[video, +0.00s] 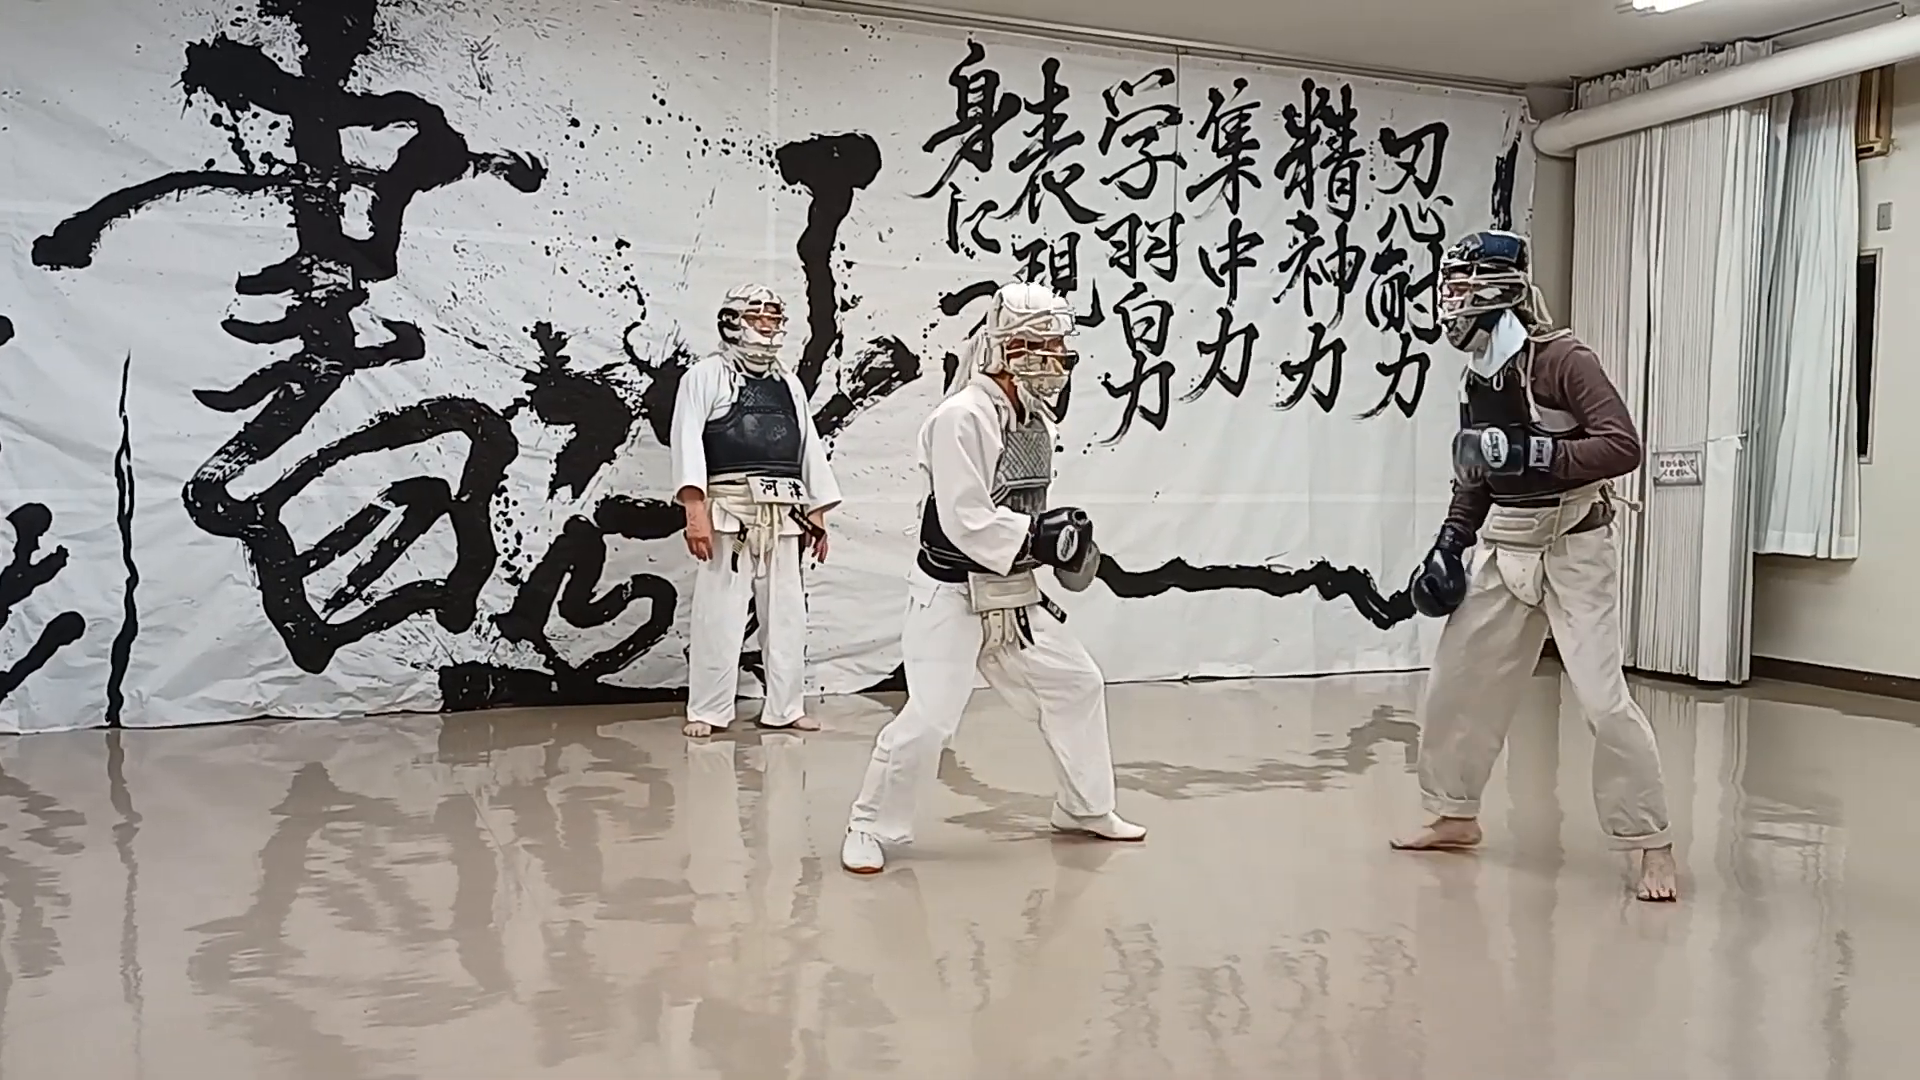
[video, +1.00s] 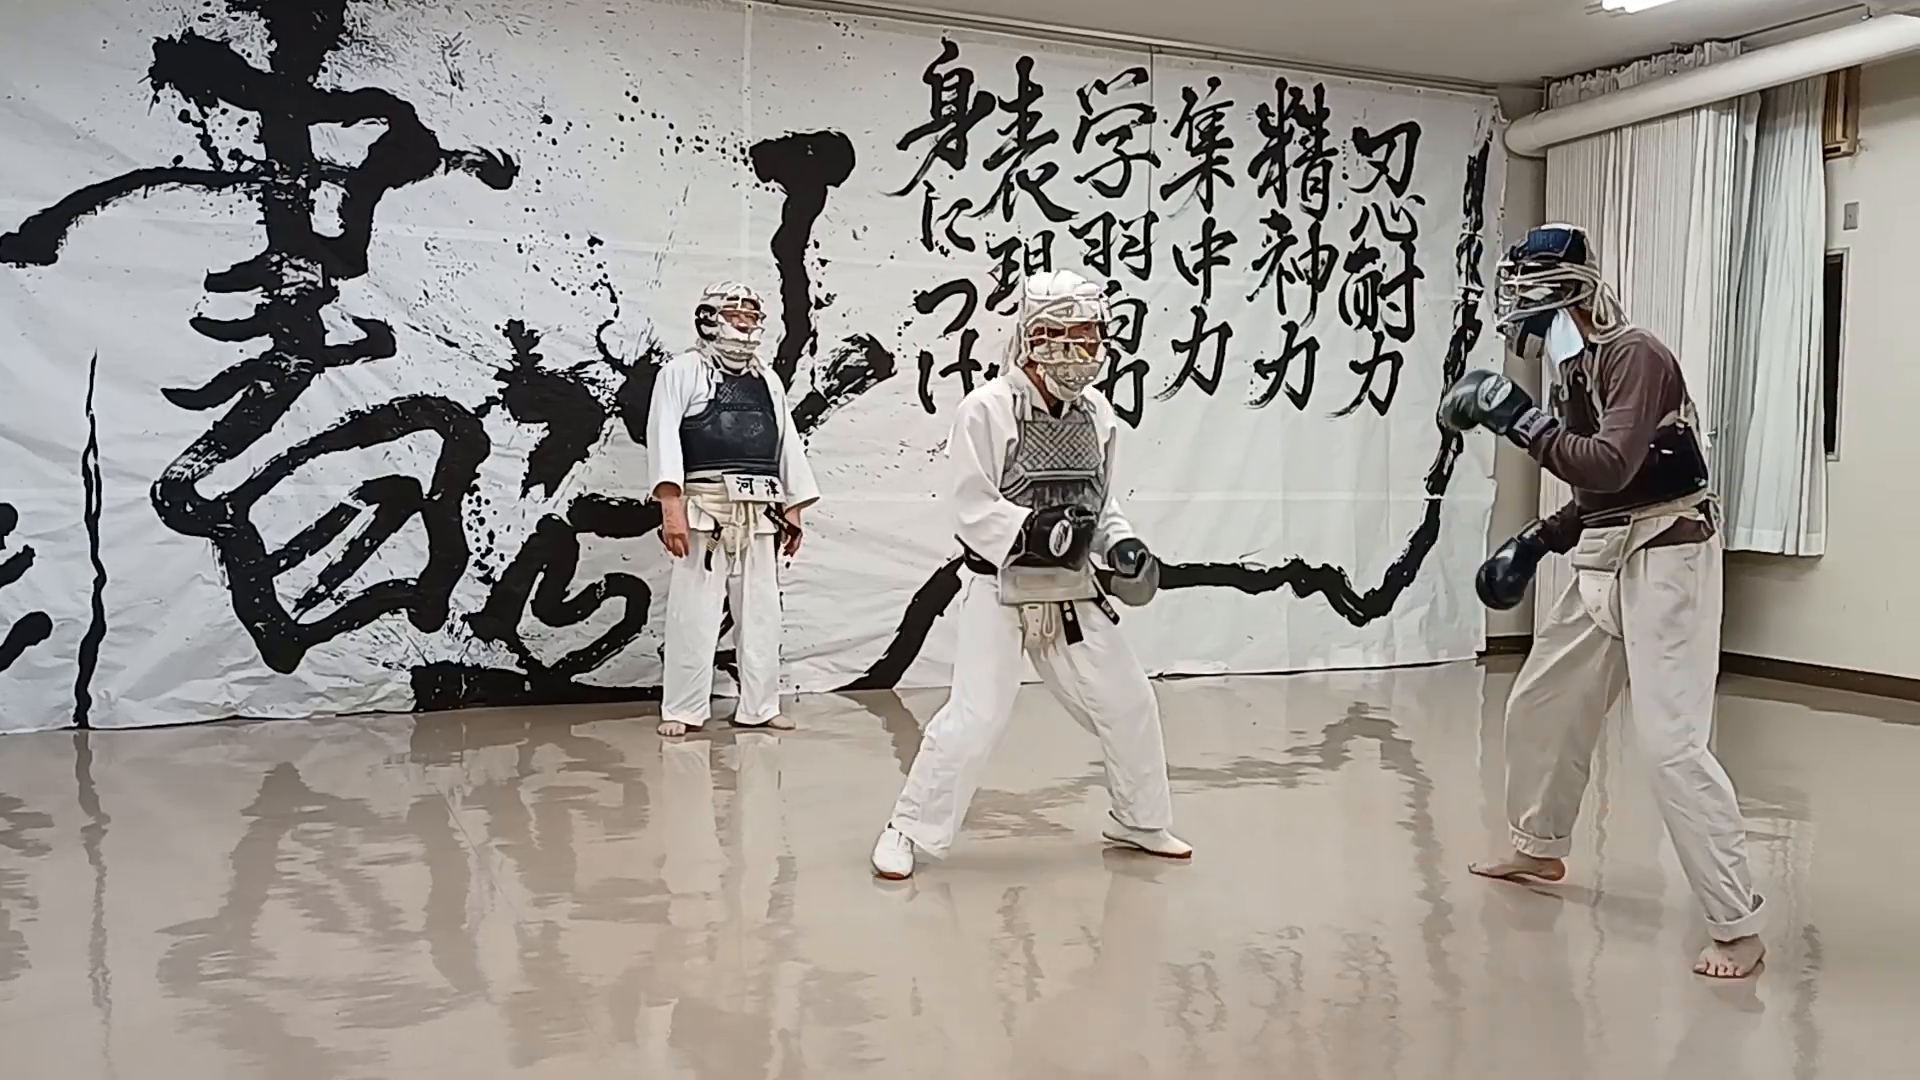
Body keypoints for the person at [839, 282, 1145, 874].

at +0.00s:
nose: (1054, 358)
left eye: (1059, 347)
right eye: (1040, 346)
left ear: (1063, 352)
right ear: (1007, 351)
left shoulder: (1036, 419)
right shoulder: (962, 417)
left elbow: (1022, 502)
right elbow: (964, 519)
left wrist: (1053, 534)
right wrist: (1037, 539)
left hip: (1009, 585)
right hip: (948, 592)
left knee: (1077, 681)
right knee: (930, 719)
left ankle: (1083, 810)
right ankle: (868, 828)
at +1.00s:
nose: (1072, 350)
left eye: (1084, 337)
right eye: (1056, 337)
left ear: (1098, 344)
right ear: (1029, 342)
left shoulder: (1098, 414)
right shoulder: (989, 408)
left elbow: (1102, 507)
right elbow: (970, 507)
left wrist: (1120, 548)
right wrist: (1036, 535)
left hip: (1073, 589)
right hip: (998, 592)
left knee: (1131, 705)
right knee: (974, 719)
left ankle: (1140, 823)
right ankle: (905, 833)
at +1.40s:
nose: (1106, 353)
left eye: (1115, 340)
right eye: (1089, 340)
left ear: (1126, 345)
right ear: (1057, 346)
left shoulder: (1121, 417)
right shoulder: (1021, 415)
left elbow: (1125, 496)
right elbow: (1021, 512)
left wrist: (1154, 521)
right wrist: (1102, 517)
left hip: (1097, 596)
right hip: (1023, 596)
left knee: (1181, 685)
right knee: (987, 720)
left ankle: (1184, 826)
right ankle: (929, 817)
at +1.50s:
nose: (1148, 345)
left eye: (1155, 332)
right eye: (1133, 332)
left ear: (1162, 337)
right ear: (1100, 340)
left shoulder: (1157, 413)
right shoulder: (1069, 405)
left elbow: (1173, 494)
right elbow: (1081, 491)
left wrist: (1220, 486)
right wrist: (1157, 474)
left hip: (1133, 591)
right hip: (1061, 590)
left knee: (1199, 700)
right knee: (1020, 728)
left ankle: (1193, 839)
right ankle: (934, 805)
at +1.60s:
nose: (1177, 332)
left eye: (1184, 321)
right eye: (1162, 319)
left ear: (1194, 328)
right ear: (1130, 324)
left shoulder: (1184, 400)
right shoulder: (1100, 384)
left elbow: (1248, 457)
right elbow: (1079, 475)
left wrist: (1290, 439)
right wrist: (1141, 494)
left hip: (1177, 567)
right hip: (1117, 568)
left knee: (1221, 698)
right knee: (1183, 696)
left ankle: (1194, 839)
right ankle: (1082, 760)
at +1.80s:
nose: (1218, 319)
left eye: (1223, 307)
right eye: (1204, 307)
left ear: (1228, 312)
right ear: (1166, 313)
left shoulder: (1220, 383)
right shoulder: (1139, 377)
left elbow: (1267, 435)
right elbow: (1101, 472)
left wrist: (1327, 435)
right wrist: (1156, 510)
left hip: (1244, 549)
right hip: (1212, 552)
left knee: (1263, 690)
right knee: (1352, 528)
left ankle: (1196, 819)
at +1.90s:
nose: (1237, 316)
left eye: (1240, 303)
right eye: (1222, 304)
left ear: (1244, 307)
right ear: (1184, 311)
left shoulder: (1223, 379)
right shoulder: (1171, 376)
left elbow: (1260, 451)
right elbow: (1159, 473)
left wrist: (1327, 472)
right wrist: (1230, 464)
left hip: (1259, 555)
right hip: (1240, 561)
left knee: (1290, 694)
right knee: (1398, 514)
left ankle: (1200, 818)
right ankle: (1556, 602)